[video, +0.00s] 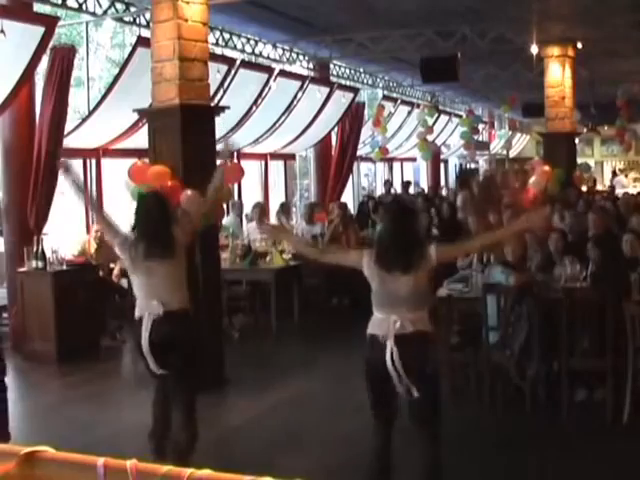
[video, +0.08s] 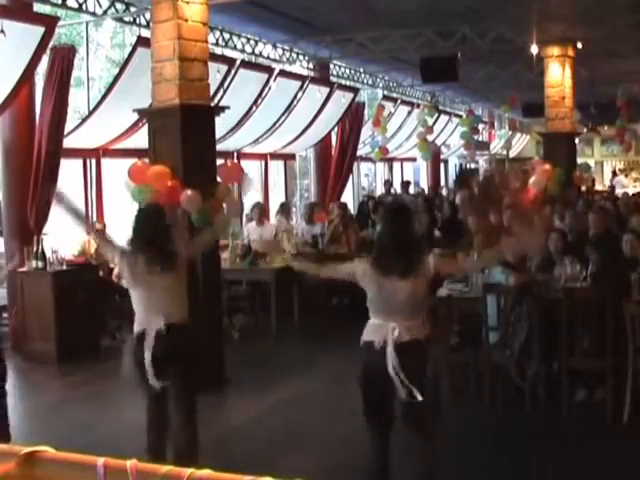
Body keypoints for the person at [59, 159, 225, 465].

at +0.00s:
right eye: (168, 210)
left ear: (138, 216)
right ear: (167, 215)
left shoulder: (129, 247)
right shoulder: (177, 239)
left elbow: (97, 211)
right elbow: (206, 205)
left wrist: (68, 173)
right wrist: (222, 168)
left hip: (151, 321)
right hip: (181, 318)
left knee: (161, 386)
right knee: (184, 389)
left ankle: (159, 450)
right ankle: (183, 454)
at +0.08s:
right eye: (162, 222)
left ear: (136, 229)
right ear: (165, 229)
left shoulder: (128, 260)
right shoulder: (179, 257)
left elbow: (92, 229)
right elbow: (211, 235)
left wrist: (60, 200)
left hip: (147, 334)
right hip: (179, 332)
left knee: (154, 398)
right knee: (183, 398)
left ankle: (155, 460)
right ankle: (185, 462)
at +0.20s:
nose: (170, 221)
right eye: (167, 216)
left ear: (137, 219)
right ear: (164, 219)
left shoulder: (123, 250)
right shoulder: (175, 249)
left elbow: (95, 238)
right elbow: (212, 244)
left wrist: (70, 223)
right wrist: (248, 227)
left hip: (139, 328)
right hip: (172, 326)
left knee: (146, 392)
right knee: (175, 392)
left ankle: (152, 458)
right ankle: (178, 458)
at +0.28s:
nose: (168, 214)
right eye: (166, 209)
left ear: (131, 213)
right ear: (162, 213)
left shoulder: (123, 245)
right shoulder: (170, 243)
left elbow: (102, 241)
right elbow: (210, 246)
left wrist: (80, 231)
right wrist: (239, 232)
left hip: (139, 321)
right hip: (173, 320)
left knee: (140, 389)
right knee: (167, 356)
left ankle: (143, 459)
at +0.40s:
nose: (169, 220)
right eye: (166, 216)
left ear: (130, 218)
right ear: (160, 219)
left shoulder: (126, 252)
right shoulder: (165, 249)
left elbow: (110, 253)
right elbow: (190, 257)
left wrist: (91, 248)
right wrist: (198, 236)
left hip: (140, 330)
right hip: (174, 328)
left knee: (137, 403)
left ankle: (135, 464)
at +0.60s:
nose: (171, 220)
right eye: (169, 215)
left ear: (138, 216)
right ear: (164, 218)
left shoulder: (127, 250)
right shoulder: (167, 248)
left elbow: (98, 250)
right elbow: (193, 262)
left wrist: (74, 244)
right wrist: (224, 256)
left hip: (138, 326)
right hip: (171, 327)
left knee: (139, 395)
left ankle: (139, 461)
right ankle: (164, 368)